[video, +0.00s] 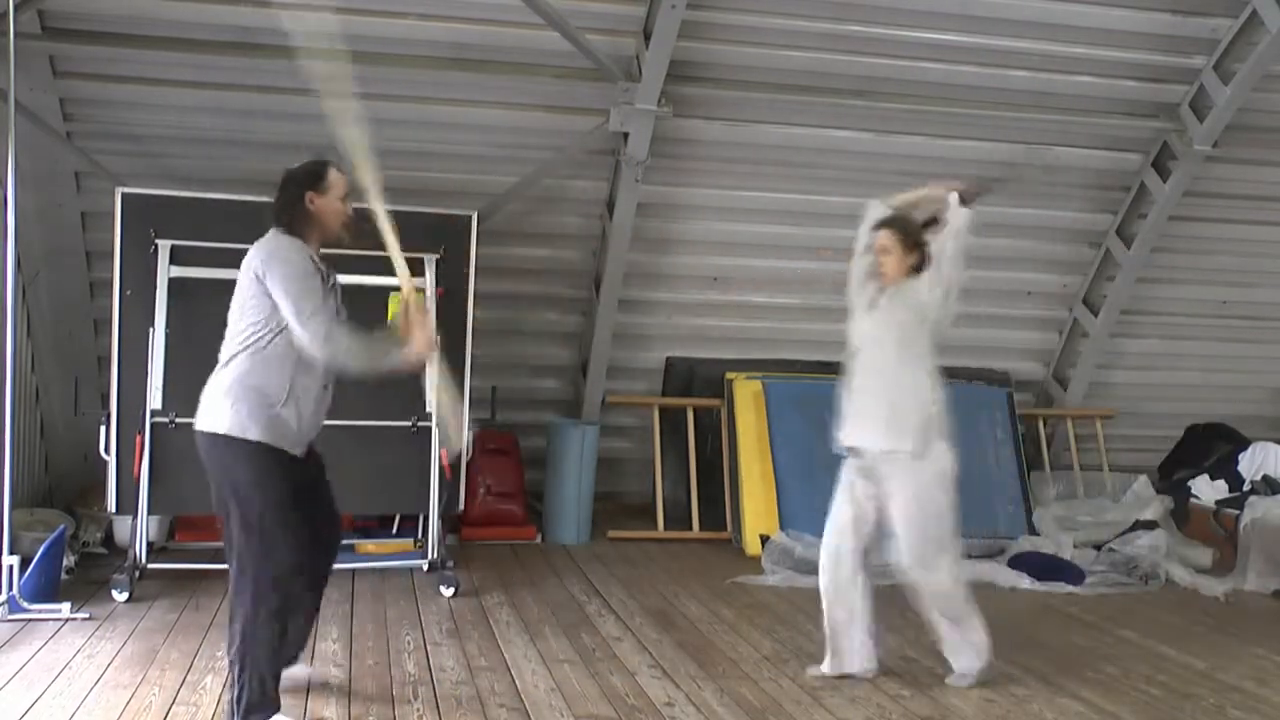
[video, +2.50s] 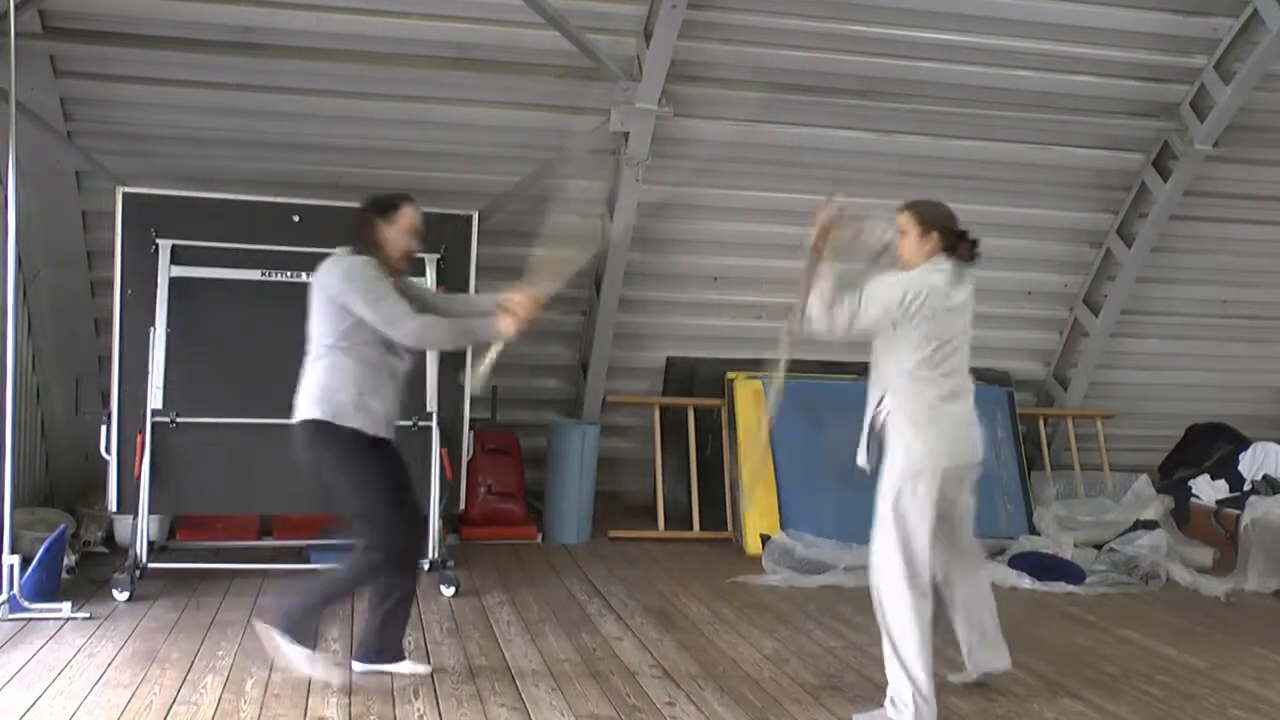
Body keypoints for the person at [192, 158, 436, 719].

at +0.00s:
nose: (349, 209)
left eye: (348, 199)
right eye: (342, 198)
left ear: (313, 202)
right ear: (310, 201)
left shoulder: (320, 274)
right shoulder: (280, 251)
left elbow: (339, 346)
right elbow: (324, 341)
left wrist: (399, 336)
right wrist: (402, 351)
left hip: (285, 434)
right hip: (243, 427)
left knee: (319, 540)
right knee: (269, 560)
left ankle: (278, 660)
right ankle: (251, 708)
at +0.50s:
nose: (328, 229)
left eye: (329, 220)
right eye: (326, 219)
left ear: (294, 209)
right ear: (302, 209)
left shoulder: (252, 241)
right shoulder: (265, 236)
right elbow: (348, 235)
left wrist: (379, 186)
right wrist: (382, 178)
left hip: (226, 412)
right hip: (234, 413)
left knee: (252, 524)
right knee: (300, 503)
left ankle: (237, 645)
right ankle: (190, 551)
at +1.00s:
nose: (317, 239)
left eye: (317, 229)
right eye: (311, 229)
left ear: (274, 229)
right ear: (283, 230)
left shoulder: (233, 268)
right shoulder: (271, 276)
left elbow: (315, 296)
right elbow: (344, 310)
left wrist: (361, 273)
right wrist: (383, 279)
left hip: (184, 421)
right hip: (213, 428)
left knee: (247, 522)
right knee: (261, 548)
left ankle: (220, 619)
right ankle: (246, 679)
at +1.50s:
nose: (268, 252)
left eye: (271, 242)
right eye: (263, 239)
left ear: (235, 230)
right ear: (237, 228)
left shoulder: (196, 254)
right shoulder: (211, 268)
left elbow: (278, 276)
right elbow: (246, 337)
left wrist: (319, 289)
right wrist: (308, 318)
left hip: (131, 402)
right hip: (152, 409)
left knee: (135, 509)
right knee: (177, 507)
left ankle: (120, 612)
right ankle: (113, 606)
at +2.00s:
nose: (282, 243)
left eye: (287, 234)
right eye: (276, 231)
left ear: (284, 237)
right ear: (244, 224)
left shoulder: (277, 273)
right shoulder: (206, 258)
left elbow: (333, 225)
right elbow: (211, 161)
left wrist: (310, 161)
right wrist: (257, 121)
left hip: (234, 418)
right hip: (188, 408)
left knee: (189, 524)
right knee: (221, 525)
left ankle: (124, 611)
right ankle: (183, 654)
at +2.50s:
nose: (416, 245)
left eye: (418, 235)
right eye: (409, 232)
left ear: (396, 233)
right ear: (379, 227)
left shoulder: (382, 279)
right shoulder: (348, 270)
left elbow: (439, 306)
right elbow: (409, 328)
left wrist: (502, 301)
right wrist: (495, 327)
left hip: (366, 432)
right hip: (333, 427)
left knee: (408, 537)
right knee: (385, 541)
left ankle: (378, 653)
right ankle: (289, 619)